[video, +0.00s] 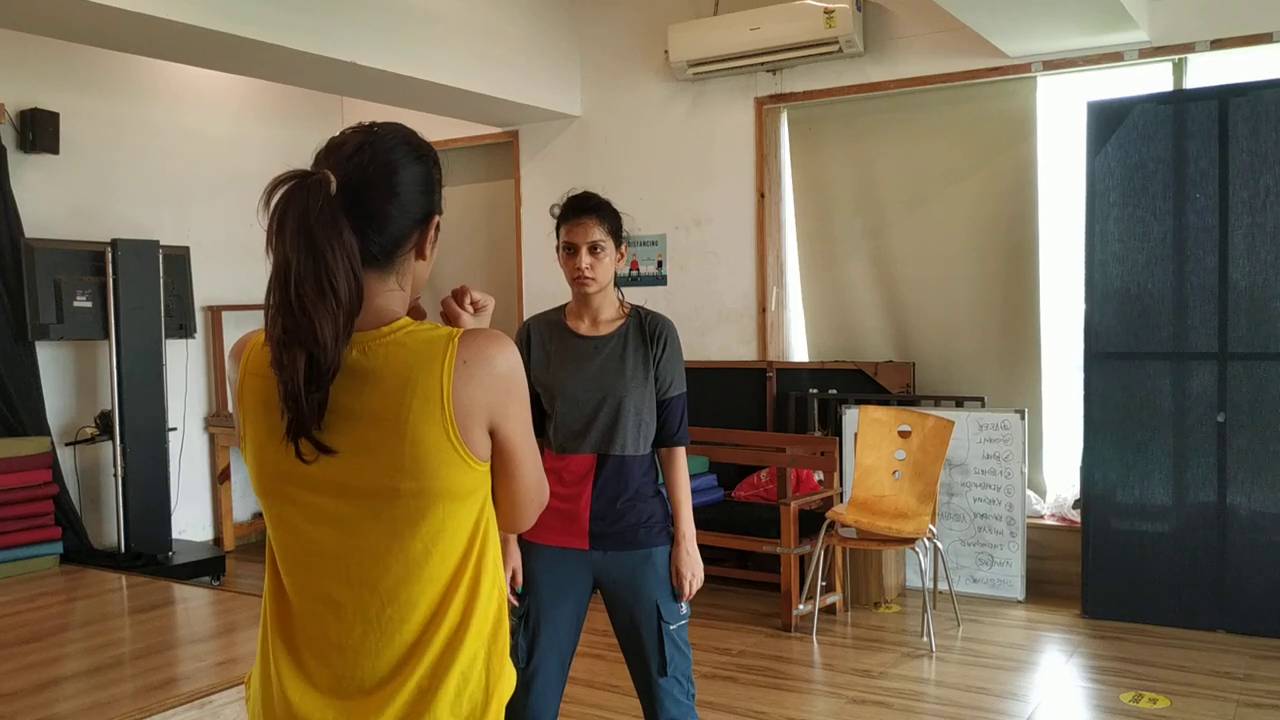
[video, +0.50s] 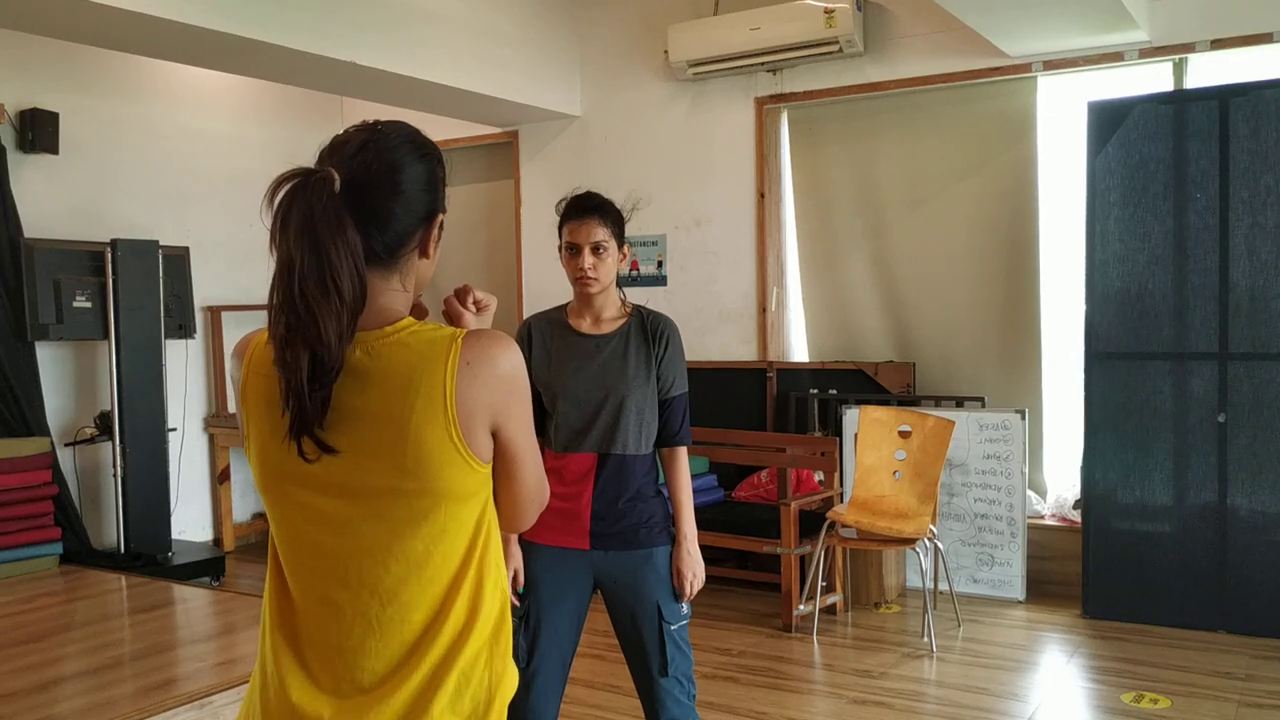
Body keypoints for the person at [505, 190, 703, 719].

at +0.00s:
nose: (581, 263)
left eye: (595, 250)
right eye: (570, 250)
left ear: (620, 256)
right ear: (558, 256)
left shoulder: (655, 334)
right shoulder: (534, 336)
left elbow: (673, 443)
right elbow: (516, 436)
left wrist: (686, 539)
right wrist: (507, 531)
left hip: (642, 542)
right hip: (552, 543)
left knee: (669, 697)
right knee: (532, 696)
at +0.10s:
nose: (581, 263)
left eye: (595, 250)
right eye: (570, 250)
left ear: (620, 256)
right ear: (558, 256)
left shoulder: (655, 334)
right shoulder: (534, 336)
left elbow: (673, 444)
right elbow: (516, 436)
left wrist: (686, 539)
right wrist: (507, 532)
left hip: (642, 542)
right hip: (552, 543)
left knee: (669, 698)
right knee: (532, 697)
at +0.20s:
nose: (582, 263)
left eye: (596, 250)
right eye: (571, 251)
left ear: (620, 256)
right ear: (558, 256)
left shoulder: (655, 334)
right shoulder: (533, 335)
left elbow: (673, 443)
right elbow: (515, 436)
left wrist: (686, 539)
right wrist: (506, 533)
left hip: (642, 542)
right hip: (552, 543)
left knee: (669, 697)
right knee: (533, 697)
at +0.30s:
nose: (583, 263)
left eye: (596, 250)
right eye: (571, 250)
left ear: (621, 256)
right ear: (559, 255)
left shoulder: (656, 333)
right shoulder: (533, 336)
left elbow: (673, 443)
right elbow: (514, 437)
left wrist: (686, 539)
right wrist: (507, 534)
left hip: (642, 542)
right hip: (552, 543)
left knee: (670, 698)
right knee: (533, 697)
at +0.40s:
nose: (583, 263)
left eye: (597, 250)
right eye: (572, 250)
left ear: (621, 256)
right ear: (560, 256)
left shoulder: (657, 333)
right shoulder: (533, 335)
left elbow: (674, 442)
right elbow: (516, 436)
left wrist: (687, 539)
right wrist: (507, 534)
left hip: (643, 543)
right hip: (552, 544)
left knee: (670, 697)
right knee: (533, 697)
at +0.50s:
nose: (584, 263)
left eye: (598, 250)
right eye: (572, 250)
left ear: (622, 256)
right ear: (560, 256)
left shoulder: (657, 334)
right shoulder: (534, 335)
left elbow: (674, 443)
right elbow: (516, 436)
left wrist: (687, 539)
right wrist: (507, 535)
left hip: (643, 543)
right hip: (553, 544)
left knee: (670, 698)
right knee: (533, 698)